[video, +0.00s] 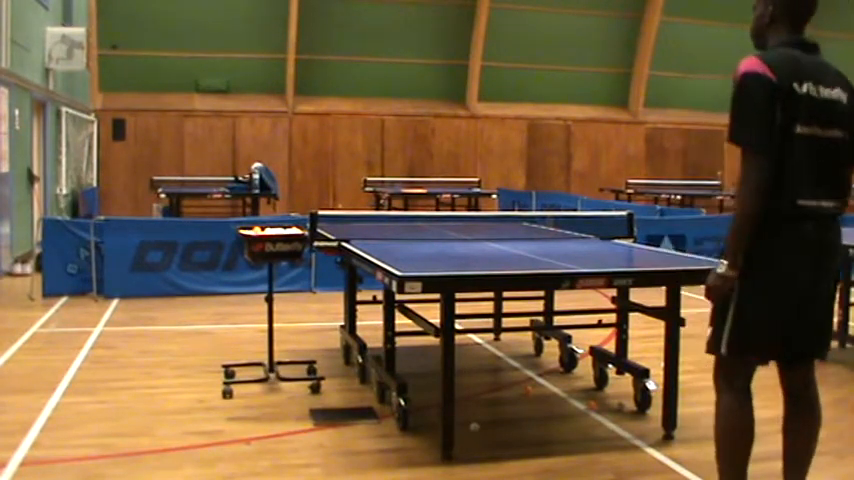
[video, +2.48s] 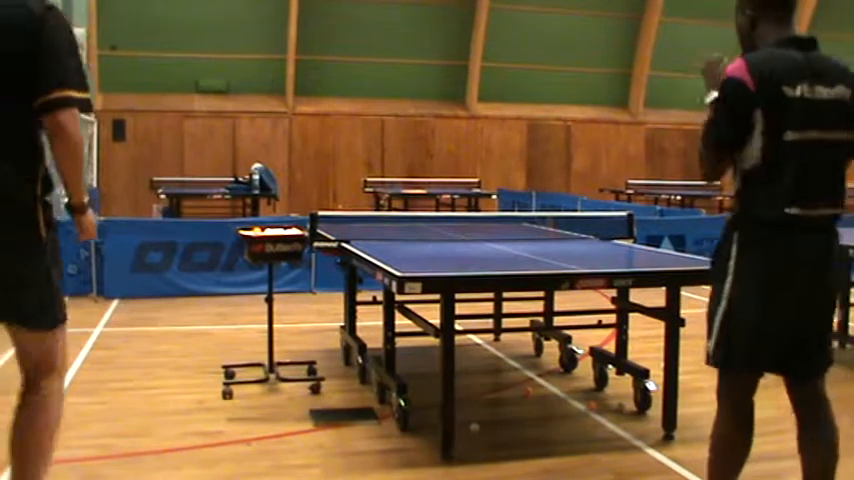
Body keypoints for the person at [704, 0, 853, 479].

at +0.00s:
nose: (750, 18)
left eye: (754, 9)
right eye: (753, 10)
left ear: (767, 12)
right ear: (804, 19)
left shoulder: (759, 70)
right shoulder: (839, 81)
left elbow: (755, 178)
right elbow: (843, 183)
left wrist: (729, 264)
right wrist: (814, 234)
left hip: (768, 247)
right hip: (820, 250)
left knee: (732, 375)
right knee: (799, 373)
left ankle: (731, 475)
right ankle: (794, 476)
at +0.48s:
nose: (738, 20)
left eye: (741, 10)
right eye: (741, 11)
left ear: (754, 11)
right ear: (791, 17)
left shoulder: (747, 73)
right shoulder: (831, 81)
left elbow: (737, 181)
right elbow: (839, 184)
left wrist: (710, 267)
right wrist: (817, 250)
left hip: (755, 252)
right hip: (808, 252)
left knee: (739, 381)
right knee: (794, 374)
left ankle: (743, 476)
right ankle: (793, 475)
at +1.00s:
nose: (706, 26)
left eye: (706, 17)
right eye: (707, 17)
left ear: (717, 16)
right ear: (758, 14)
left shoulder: (714, 76)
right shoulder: (818, 75)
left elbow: (708, 187)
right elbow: (837, 185)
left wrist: (686, 281)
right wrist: (800, 233)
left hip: (747, 254)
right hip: (805, 252)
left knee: (745, 394)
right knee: (788, 380)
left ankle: (748, 473)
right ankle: (793, 475)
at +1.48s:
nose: (750, 25)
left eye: (750, 16)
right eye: (751, 17)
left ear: (757, 14)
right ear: (805, 12)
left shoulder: (755, 70)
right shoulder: (846, 67)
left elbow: (742, 185)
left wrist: (713, 273)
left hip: (772, 259)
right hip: (836, 257)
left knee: (748, 394)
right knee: (825, 394)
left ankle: (744, 477)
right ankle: (828, 475)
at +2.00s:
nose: (776, 28)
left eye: (776, 18)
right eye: (776, 19)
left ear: (787, 16)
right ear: (827, 13)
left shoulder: (790, 65)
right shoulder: (851, 59)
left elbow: (789, 159)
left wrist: (751, 181)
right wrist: (775, 169)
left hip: (800, 248)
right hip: (848, 248)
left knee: (763, 392)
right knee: (839, 396)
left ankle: (756, 478)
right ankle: (836, 474)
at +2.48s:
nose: (736, 31)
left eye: (738, 20)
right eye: (738, 21)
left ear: (749, 19)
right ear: (792, 19)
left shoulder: (749, 74)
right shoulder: (842, 77)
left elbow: (710, 165)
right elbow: (844, 160)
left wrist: (718, 94)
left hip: (758, 246)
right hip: (819, 247)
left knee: (735, 392)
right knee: (809, 391)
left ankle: (719, 474)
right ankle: (819, 477)